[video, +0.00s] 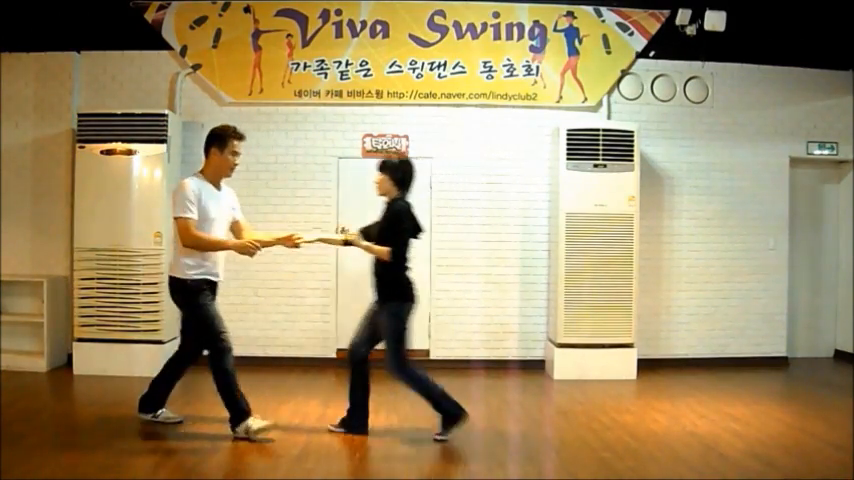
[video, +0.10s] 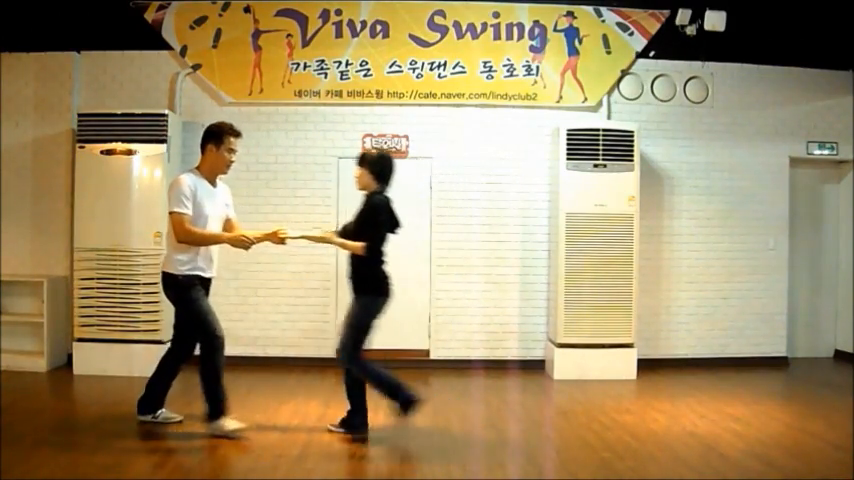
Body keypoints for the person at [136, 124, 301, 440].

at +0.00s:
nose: (237, 161)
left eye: (238, 155)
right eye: (233, 154)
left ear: (221, 156)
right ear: (213, 153)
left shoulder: (227, 194)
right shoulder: (188, 187)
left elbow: (243, 238)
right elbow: (188, 239)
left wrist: (279, 240)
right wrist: (233, 245)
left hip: (208, 281)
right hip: (187, 281)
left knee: (189, 349)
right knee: (220, 345)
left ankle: (150, 405)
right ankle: (241, 419)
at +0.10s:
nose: (233, 158)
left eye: (235, 152)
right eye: (229, 151)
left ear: (218, 152)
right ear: (209, 149)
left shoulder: (222, 190)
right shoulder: (183, 183)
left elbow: (232, 237)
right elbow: (181, 234)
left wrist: (266, 236)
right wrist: (227, 237)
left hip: (202, 277)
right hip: (179, 276)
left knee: (182, 346)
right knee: (214, 337)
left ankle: (148, 407)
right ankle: (216, 417)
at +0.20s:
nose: (232, 157)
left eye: (233, 151)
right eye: (228, 150)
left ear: (219, 151)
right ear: (208, 148)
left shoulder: (219, 190)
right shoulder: (182, 182)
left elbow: (223, 231)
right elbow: (179, 233)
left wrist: (254, 235)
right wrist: (223, 236)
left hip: (200, 277)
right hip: (177, 276)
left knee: (178, 346)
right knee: (206, 339)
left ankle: (148, 408)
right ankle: (181, 410)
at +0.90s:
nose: (259, 151)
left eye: (258, 145)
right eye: (253, 145)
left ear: (238, 151)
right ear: (235, 150)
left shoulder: (237, 187)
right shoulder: (214, 182)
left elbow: (220, 226)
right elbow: (187, 223)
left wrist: (242, 236)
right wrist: (229, 236)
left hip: (221, 280)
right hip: (200, 279)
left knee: (224, 347)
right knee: (206, 349)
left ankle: (174, 397)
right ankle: (173, 410)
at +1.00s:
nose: (261, 148)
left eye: (260, 141)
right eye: (255, 142)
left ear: (241, 148)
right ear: (237, 146)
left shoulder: (239, 185)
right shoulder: (219, 179)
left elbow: (223, 226)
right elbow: (197, 222)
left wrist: (249, 235)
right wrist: (240, 235)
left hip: (222, 277)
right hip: (201, 276)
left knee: (245, 333)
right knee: (198, 346)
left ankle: (202, 396)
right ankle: (172, 412)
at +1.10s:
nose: (262, 146)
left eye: (261, 140)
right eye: (256, 140)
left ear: (245, 147)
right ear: (238, 146)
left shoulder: (242, 184)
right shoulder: (222, 179)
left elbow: (230, 231)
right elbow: (212, 227)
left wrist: (264, 241)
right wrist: (257, 240)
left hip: (226, 277)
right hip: (204, 275)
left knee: (256, 330)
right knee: (197, 347)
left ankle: (244, 405)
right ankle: (172, 412)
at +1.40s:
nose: (265, 140)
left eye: (263, 135)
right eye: (258, 135)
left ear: (252, 143)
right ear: (239, 142)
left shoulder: (261, 183)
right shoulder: (230, 181)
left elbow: (271, 228)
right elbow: (242, 233)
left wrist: (307, 237)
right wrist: (291, 233)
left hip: (261, 275)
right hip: (238, 277)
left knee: (277, 340)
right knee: (239, 346)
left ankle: (278, 412)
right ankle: (189, 398)